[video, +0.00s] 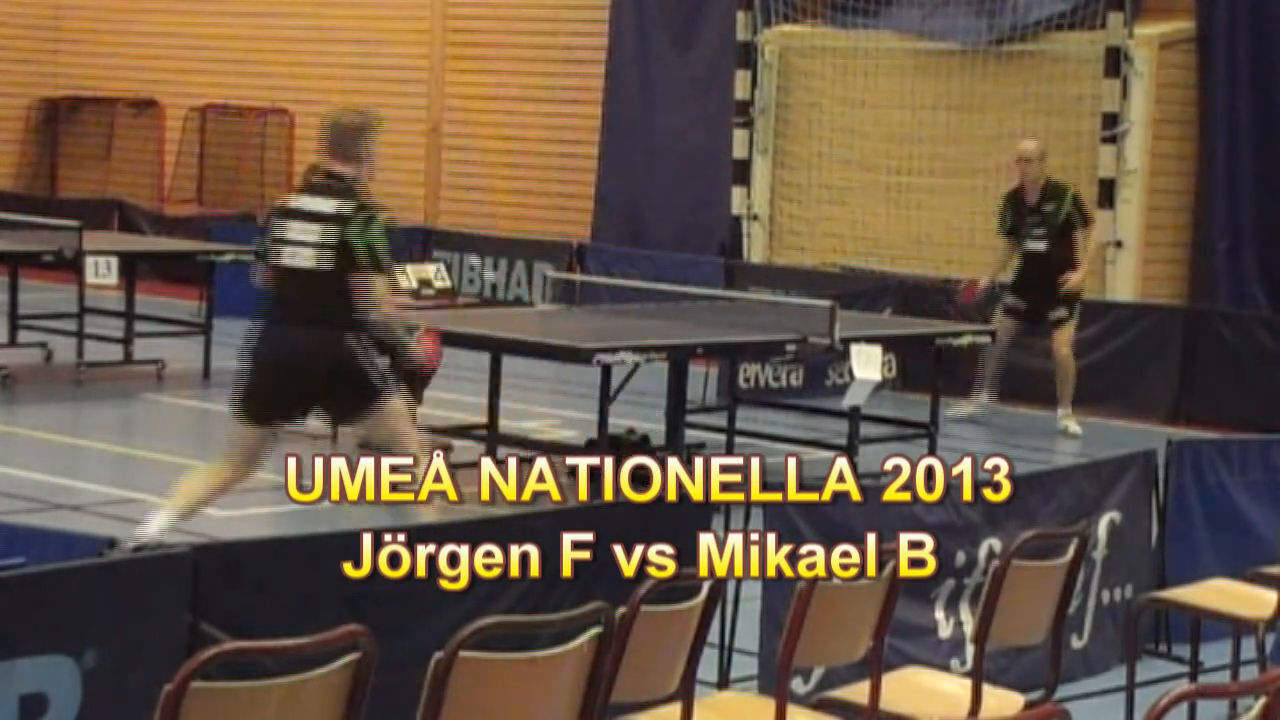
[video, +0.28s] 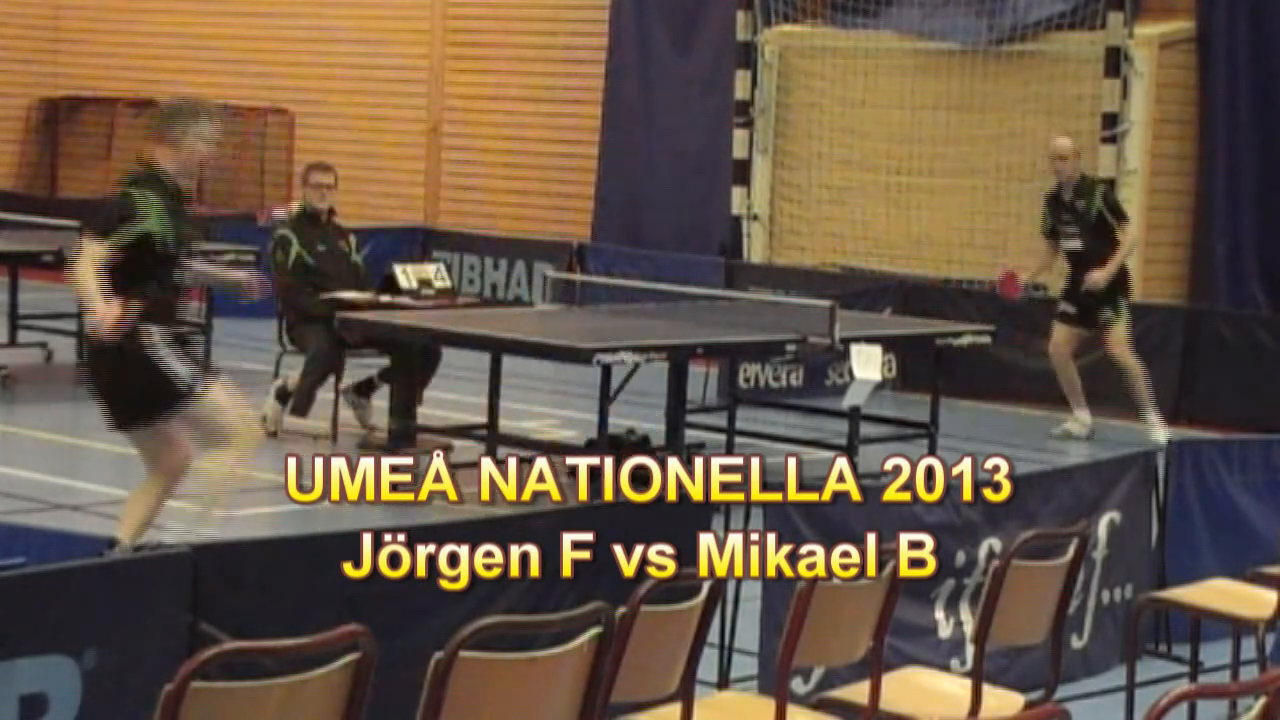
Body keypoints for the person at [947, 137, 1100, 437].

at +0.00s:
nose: (1023, 167)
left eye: (1029, 162)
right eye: (1019, 162)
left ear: (1043, 164)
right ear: (1015, 164)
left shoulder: (1065, 195)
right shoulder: (1012, 200)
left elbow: (1089, 234)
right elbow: (1010, 245)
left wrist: (1080, 272)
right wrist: (989, 276)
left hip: (1060, 278)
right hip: (1026, 276)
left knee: (1061, 348)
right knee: (999, 334)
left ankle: (1065, 413)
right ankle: (984, 397)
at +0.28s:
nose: (1060, 165)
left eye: (1065, 159)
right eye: (1055, 160)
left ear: (1078, 159)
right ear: (1049, 163)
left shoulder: (1099, 191)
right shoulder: (1054, 200)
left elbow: (1129, 234)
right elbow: (1051, 248)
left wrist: (1107, 271)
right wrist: (1028, 274)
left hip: (1109, 280)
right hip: (1077, 280)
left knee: (1119, 349)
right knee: (1058, 348)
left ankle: (1153, 420)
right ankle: (1081, 418)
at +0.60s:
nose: (1090, 173)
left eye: (1095, 166)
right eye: (1086, 167)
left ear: (1113, 166)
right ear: (1083, 171)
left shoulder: (1130, 192)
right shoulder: (1104, 204)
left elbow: (1154, 233)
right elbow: (1116, 266)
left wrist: (1126, 272)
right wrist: (1091, 300)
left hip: (1173, 287)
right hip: (1143, 290)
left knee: (1165, 352)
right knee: (1109, 347)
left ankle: (1195, 418)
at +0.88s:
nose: (1115, 210)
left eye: (1120, 203)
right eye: (1114, 203)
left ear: (1135, 203)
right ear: (1135, 205)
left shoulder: (1142, 233)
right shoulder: (1152, 226)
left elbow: (1122, 283)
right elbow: (1189, 256)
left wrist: (1094, 318)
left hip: (1195, 324)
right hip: (1170, 323)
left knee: (1207, 387)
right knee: (1125, 362)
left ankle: (1260, 440)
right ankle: (1148, 432)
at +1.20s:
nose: (1183, 182)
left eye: (1190, 175)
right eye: (1183, 174)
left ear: (1211, 181)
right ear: (1199, 181)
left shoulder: (1225, 216)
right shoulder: (1203, 216)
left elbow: (1238, 253)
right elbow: (1209, 258)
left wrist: (1200, 293)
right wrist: (1199, 274)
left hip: (1243, 317)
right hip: (1212, 315)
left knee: (1237, 387)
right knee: (1172, 369)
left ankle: (1277, 439)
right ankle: (1157, 432)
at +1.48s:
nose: (1260, 233)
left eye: (1267, 227)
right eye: (1257, 224)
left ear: (1278, 231)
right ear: (1249, 224)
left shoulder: (1277, 265)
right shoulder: (1230, 255)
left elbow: (1278, 319)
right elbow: (1223, 304)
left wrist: (1269, 348)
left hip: (1268, 340)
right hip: (1228, 334)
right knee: (1180, 404)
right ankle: (1193, 431)